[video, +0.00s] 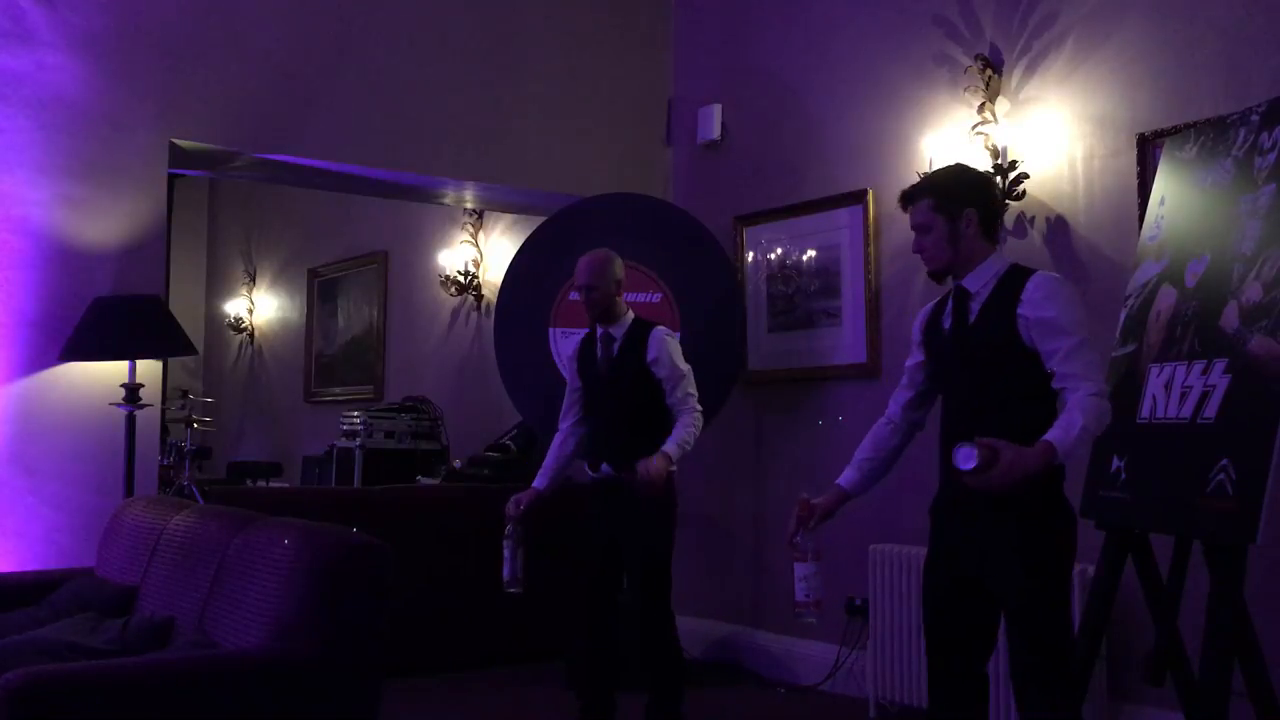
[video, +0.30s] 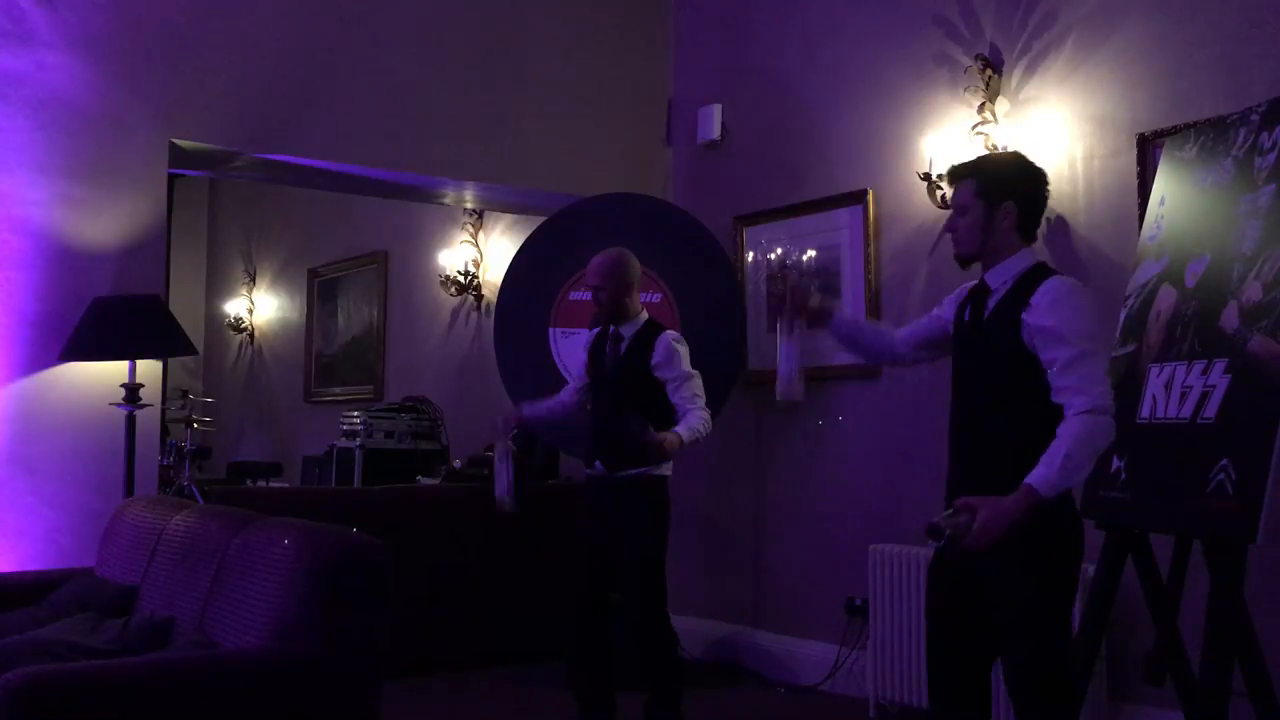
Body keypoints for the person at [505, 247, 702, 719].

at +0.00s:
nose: (582, 298)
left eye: (591, 290)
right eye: (578, 290)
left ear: (618, 288)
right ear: (577, 291)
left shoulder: (658, 343)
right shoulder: (579, 350)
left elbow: (690, 413)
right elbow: (570, 426)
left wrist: (665, 456)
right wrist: (539, 487)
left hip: (648, 490)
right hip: (597, 492)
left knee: (650, 603)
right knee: (594, 602)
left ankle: (664, 707)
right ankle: (595, 705)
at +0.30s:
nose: (591, 298)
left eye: (599, 291)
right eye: (589, 290)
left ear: (627, 290)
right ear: (597, 291)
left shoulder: (664, 344)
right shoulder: (595, 342)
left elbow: (699, 414)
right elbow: (572, 401)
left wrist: (672, 439)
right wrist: (523, 414)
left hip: (644, 488)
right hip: (599, 486)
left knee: (645, 603)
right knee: (594, 598)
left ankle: (662, 705)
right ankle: (595, 702)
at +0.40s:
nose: (593, 296)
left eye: (602, 288)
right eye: (591, 288)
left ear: (631, 288)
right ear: (598, 290)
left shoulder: (662, 344)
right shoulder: (600, 339)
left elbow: (699, 412)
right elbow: (564, 386)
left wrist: (693, 450)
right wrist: (528, 353)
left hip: (644, 486)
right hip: (601, 484)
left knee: (643, 600)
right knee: (597, 596)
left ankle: (661, 703)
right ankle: (596, 700)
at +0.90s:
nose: (573, 303)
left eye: (580, 295)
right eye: (572, 295)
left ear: (608, 295)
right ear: (581, 297)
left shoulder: (648, 351)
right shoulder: (584, 344)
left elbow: (663, 436)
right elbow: (546, 389)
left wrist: (665, 515)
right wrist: (514, 389)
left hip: (636, 494)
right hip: (595, 491)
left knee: (645, 607)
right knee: (594, 602)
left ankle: (662, 705)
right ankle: (595, 702)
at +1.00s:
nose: (574, 305)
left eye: (581, 297)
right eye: (572, 296)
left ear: (609, 297)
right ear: (588, 298)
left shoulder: (650, 354)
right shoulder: (585, 346)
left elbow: (641, 446)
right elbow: (553, 418)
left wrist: (613, 518)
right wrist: (535, 392)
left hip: (640, 493)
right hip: (594, 488)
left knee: (645, 608)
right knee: (592, 603)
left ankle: (662, 706)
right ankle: (594, 703)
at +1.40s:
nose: (586, 299)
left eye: (595, 291)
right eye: (584, 291)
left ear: (623, 290)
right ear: (586, 293)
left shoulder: (659, 346)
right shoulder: (589, 345)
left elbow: (692, 419)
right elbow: (577, 410)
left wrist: (676, 477)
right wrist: (577, 456)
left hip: (648, 490)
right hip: (601, 488)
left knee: (650, 602)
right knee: (599, 599)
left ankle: (664, 704)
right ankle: (597, 702)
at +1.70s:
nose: (586, 307)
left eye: (593, 298)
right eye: (586, 297)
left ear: (621, 296)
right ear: (603, 295)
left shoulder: (661, 348)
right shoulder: (601, 346)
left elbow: (681, 426)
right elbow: (569, 401)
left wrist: (615, 442)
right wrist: (519, 428)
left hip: (646, 492)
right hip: (601, 489)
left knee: (644, 603)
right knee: (593, 600)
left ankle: (664, 703)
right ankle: (595, 701)